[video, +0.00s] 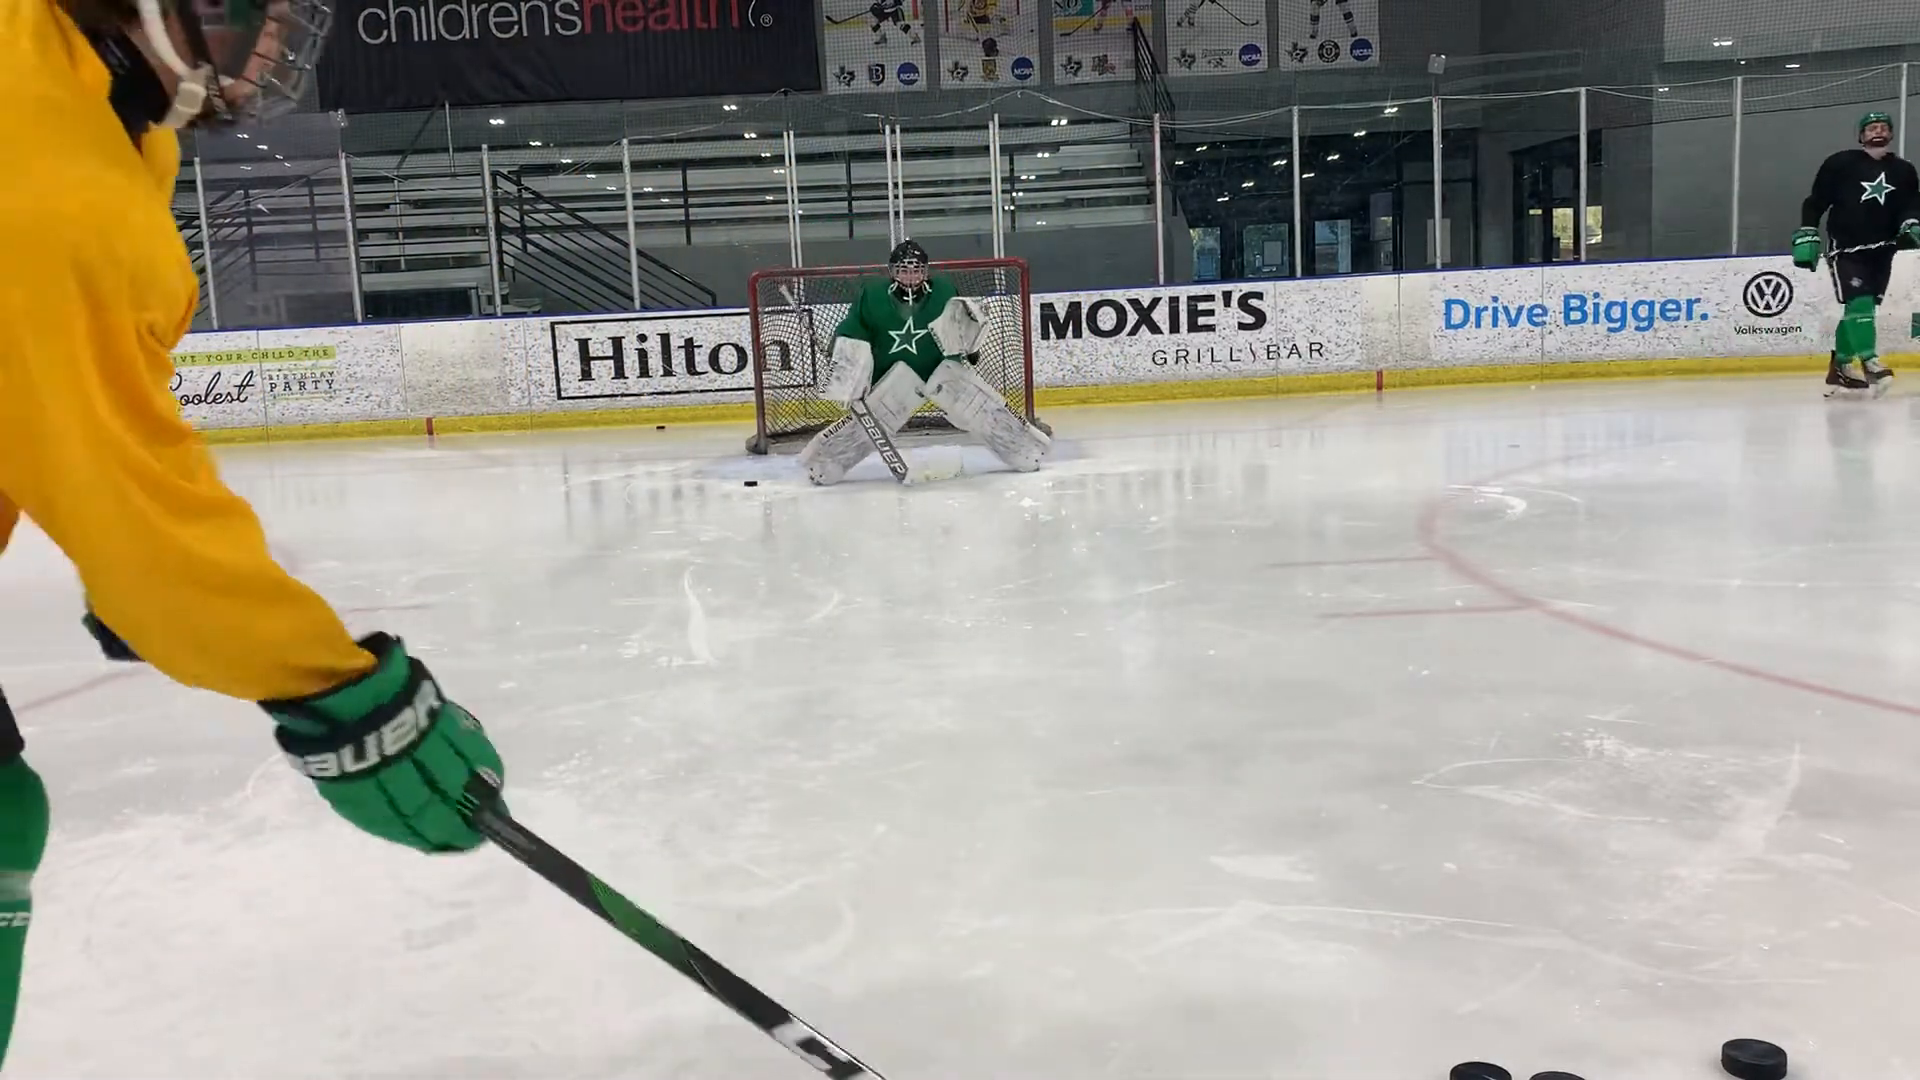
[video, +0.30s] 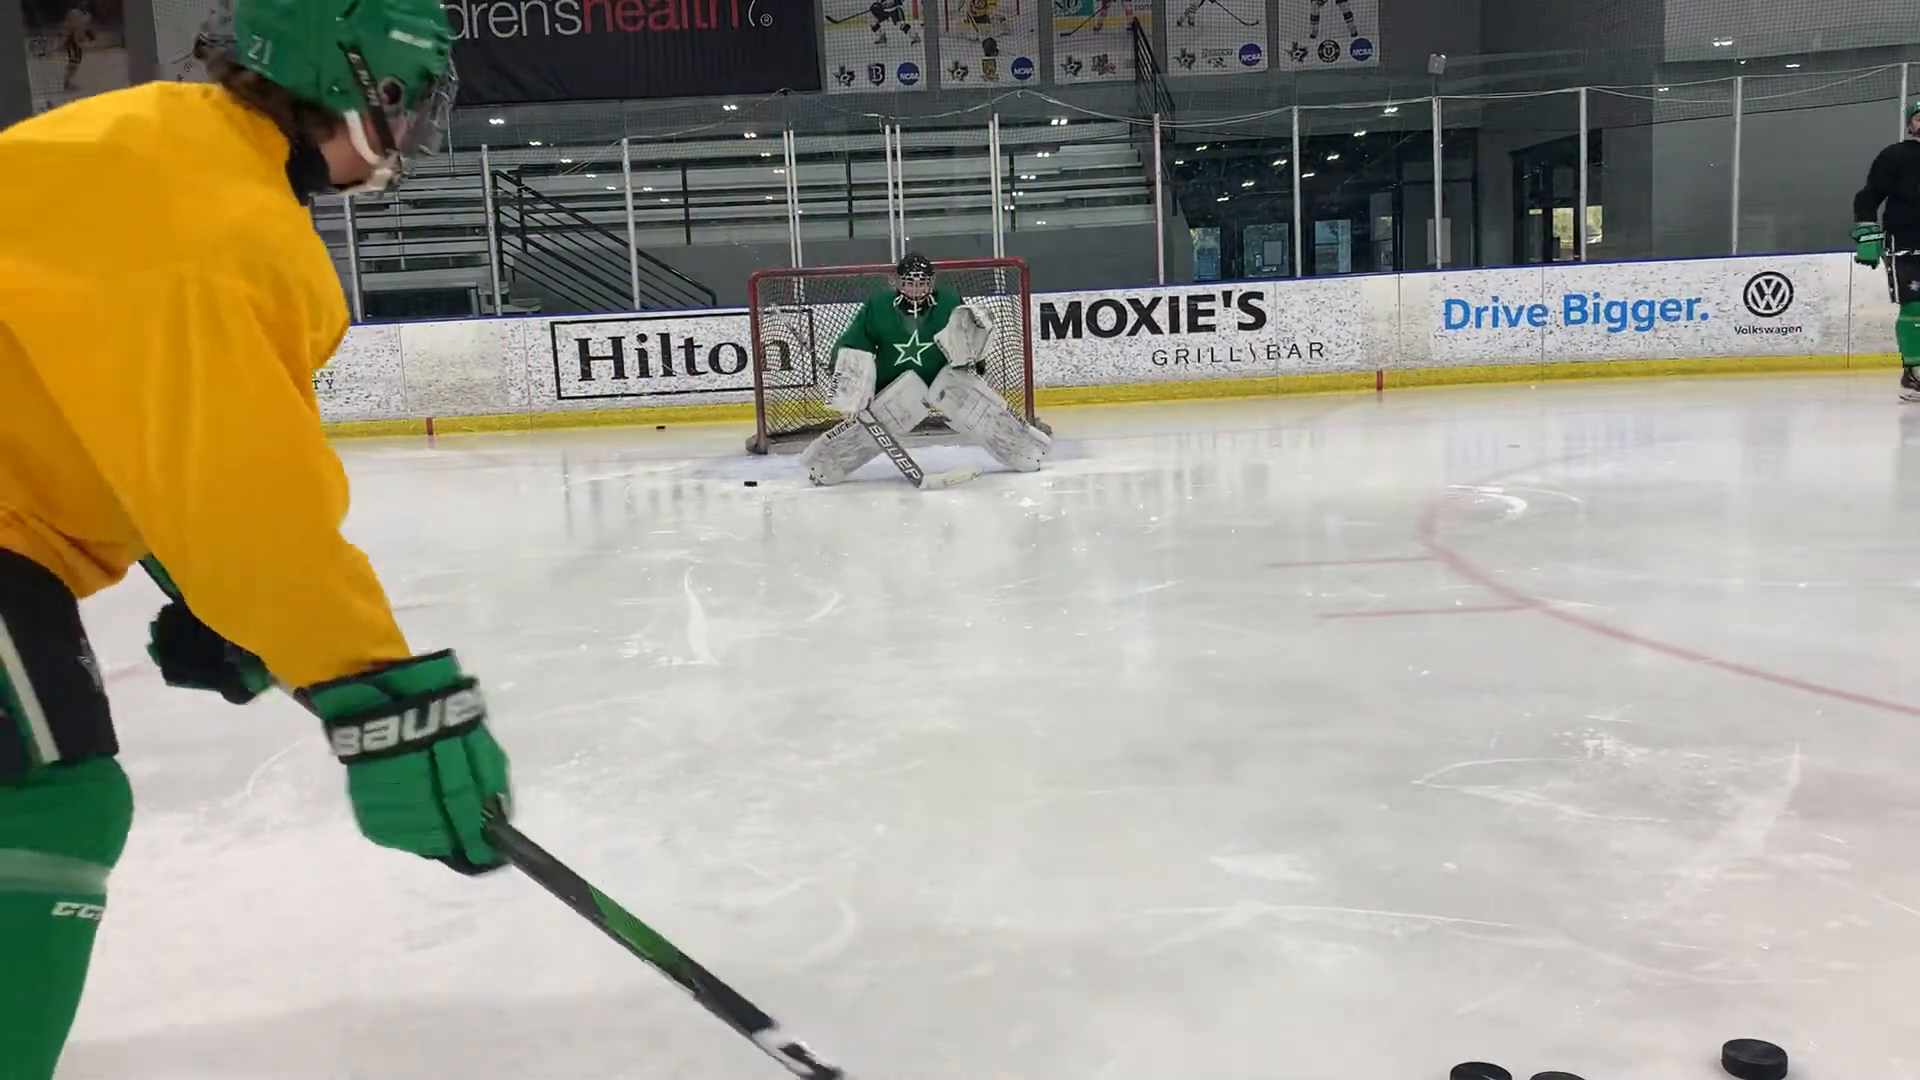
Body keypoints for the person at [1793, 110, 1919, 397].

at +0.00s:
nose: (1878, 132)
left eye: (1883, 128)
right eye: (1872, 129)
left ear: (1891, 133)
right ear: (1862, 134)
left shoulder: (1904, 170)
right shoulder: (1839, 164)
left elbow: (1910, 205)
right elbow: (1815, 203)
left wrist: (1911, 226)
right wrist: (1806, 235)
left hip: (1883, 246)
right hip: (1847, 246)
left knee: (1863, 307)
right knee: (1860, 302)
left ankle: (1840, 365)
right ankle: (1870, 362)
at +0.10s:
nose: (1893, 129)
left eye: (1898, 125)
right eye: (1887, 126)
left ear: (1905, 129)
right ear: (1877, 132)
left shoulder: (1914, 162)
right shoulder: (1857, 161)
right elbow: (1834, 200)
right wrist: (1827, 237)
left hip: (1902, 245)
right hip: (1868, 245)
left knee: (1883, 306)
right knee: (1882, 305)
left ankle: (1864, 366)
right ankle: (1887, 368)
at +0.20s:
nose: (1910, 123)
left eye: (1913, 117)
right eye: (1903, 120)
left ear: (1919, 123)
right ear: (1893, 128)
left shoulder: (1916, 157)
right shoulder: (1878, 156)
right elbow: (1852, 198)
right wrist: (1847, 233)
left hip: (1913, 241)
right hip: (1890, 242)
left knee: (1908, 304)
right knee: (1902, 304)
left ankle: (1892, 365)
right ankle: (1892, 368)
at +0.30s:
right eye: (1917, 119)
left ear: (1917, 123)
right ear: (1910, 123)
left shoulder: (1900, 155)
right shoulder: (1897, 155)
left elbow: (1870, 195)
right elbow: (1869, 195)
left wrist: (1868, 235)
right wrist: (1867, 235)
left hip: (1913, 246)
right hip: (1906, 244)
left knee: (1913, 307)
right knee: (1912, 306)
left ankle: (1912, 371)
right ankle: (1912, 371)